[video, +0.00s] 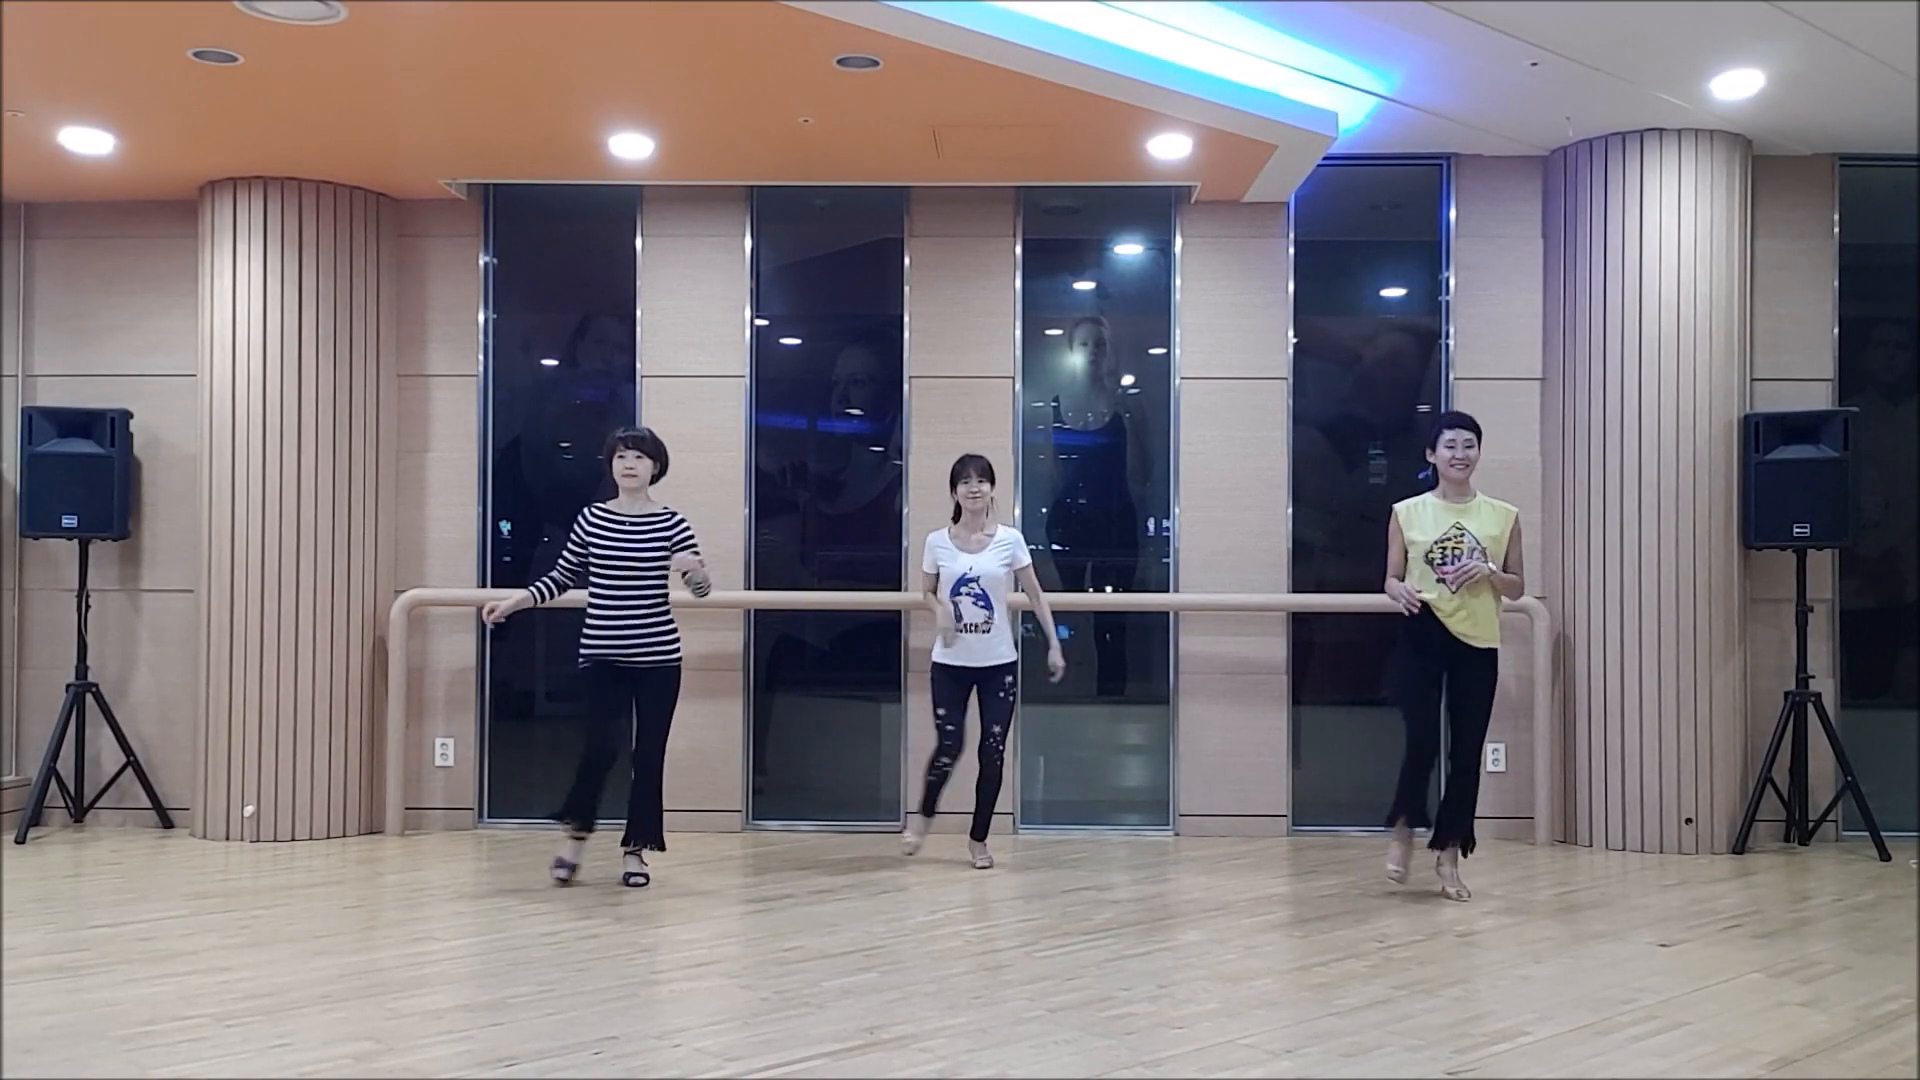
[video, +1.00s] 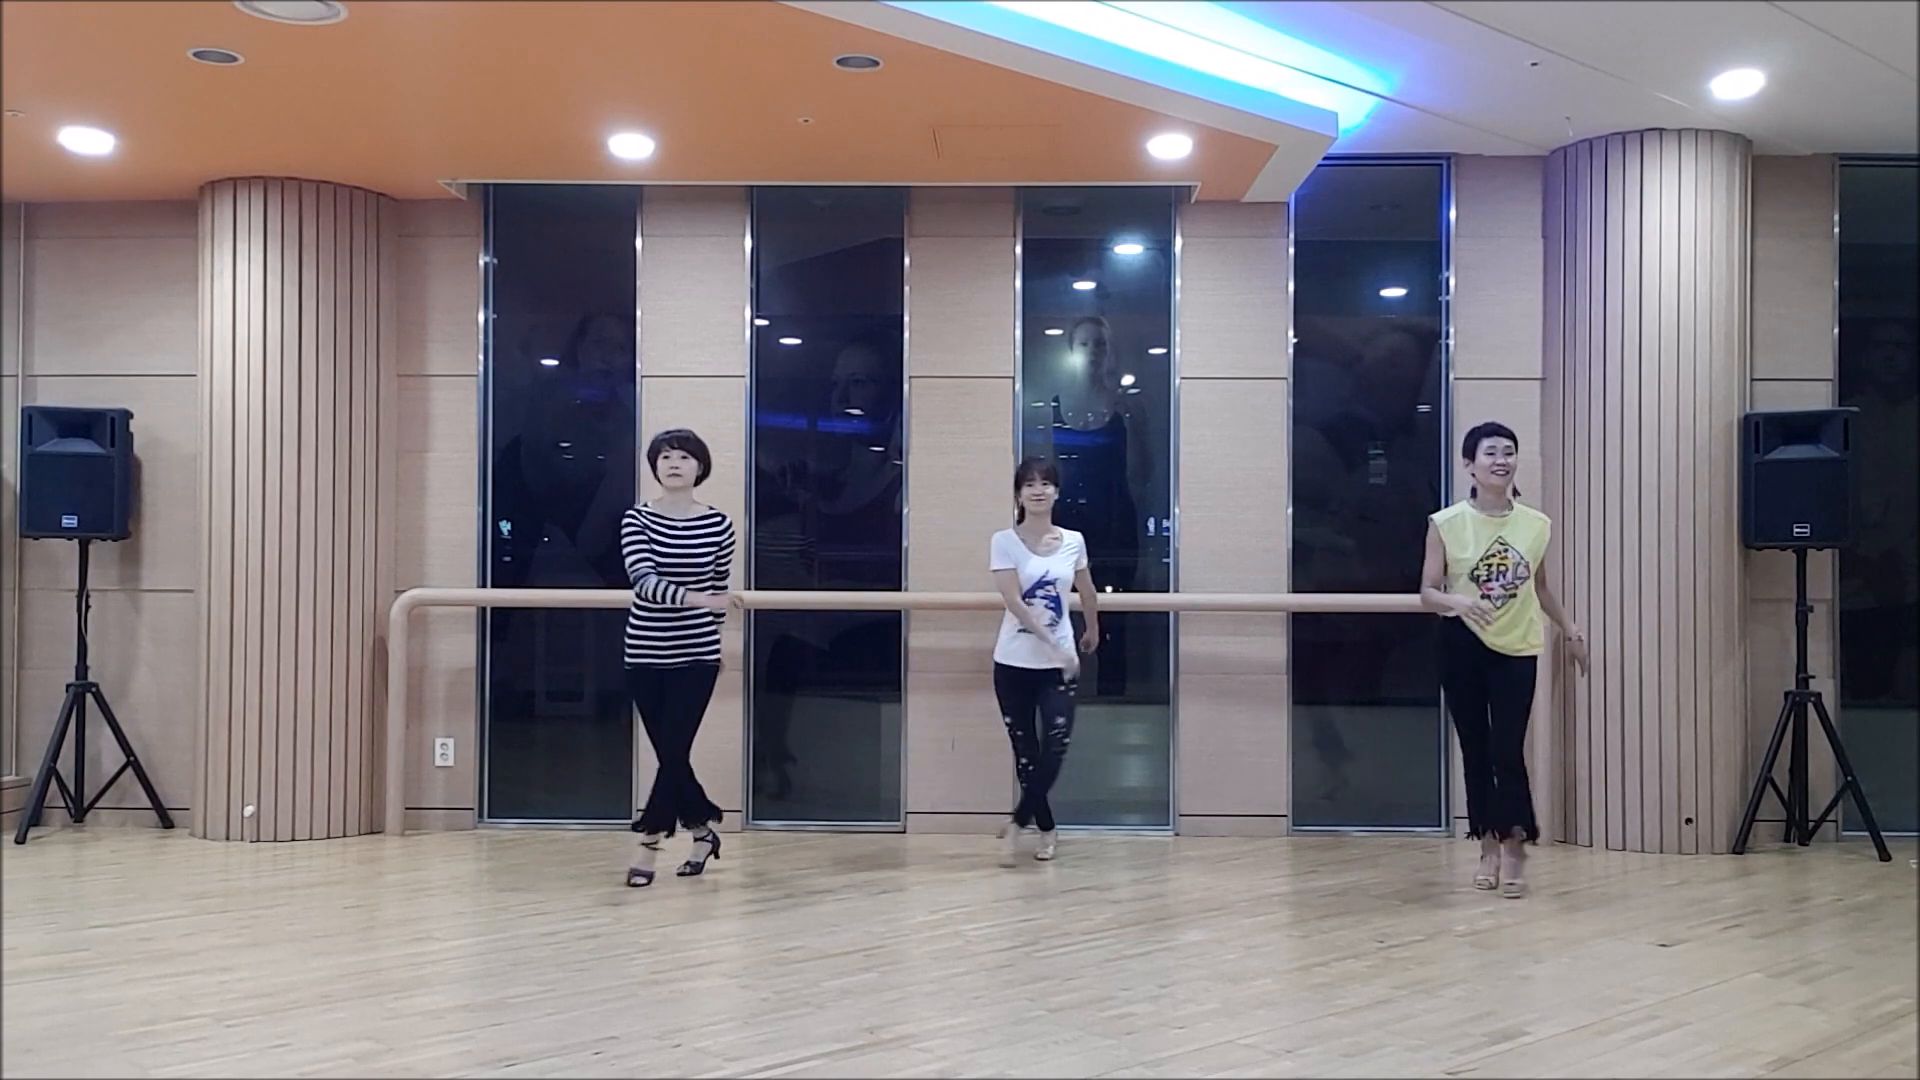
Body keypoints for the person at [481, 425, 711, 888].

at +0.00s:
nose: (629, 463)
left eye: (639, 457)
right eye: (621, 456)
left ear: (656, 467)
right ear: (611, 465)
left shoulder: (671, 522)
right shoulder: (592, 517)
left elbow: (701, 591)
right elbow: (562, 577)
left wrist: (696, 571)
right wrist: (515, 601)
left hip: (657, 653)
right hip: (602, 652)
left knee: (649, 756)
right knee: (601, 747)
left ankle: (635, 851)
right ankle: (574, 840)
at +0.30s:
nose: (630, 459)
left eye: (640, 453)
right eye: (623, 452)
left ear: (656, 465)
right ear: (611, 462)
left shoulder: (674, 515)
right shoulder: (596, 515)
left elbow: (679, 578)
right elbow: (575, 581)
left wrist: (635, 547)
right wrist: (524, 608)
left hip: (650, 652)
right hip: (594, 647)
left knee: (641, 752)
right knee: (572, 743)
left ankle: (633, 851)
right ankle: (537, 847)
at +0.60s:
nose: (642, 465)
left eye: (652, 459)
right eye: (635, 459)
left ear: (669, 469)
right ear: (624, 469)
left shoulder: (685, 518)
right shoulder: (609, 519)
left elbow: (678, 553)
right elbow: (582, 579)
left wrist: (649, 546)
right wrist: (528, 599)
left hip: (653, 659)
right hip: (596, 651)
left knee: (639, 757)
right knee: (561, 747)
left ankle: (630, 854)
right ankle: (527, 851)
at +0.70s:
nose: (652, 466)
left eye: (662, 461)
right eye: (644, 460)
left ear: (677, 473)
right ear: (632, 469)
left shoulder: (690, 525)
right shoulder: (612, 521)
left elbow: (693, 571)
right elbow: (583, 577)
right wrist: (541, 599)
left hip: (665, 656)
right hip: (610, 650)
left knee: (651, 759)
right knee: (581, 743)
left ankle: (630, 853)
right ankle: (549, 840)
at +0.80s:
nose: (657, 466)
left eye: (667, 461)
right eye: (650, 459)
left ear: (682, 472)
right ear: (638, 468)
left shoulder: (696, 526)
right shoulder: (615, 520)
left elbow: (706, 587)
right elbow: (585, 574)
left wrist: (715, 640)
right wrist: (593, 589)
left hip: (677, 658)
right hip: (620, 655)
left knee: (658, 756)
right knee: (605, 745)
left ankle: (631, 848)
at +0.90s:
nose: (665, 463)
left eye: (675, 457)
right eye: (657, 457)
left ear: (691, 468)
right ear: (644, 466)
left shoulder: (707, 525)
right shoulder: (626, 517)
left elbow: (715, 593)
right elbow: (616, 576)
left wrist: (723, 656)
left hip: (685, 655)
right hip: (630, 653)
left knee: (661, 755)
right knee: (642, 754)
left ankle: (633, 847)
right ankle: (688, 825)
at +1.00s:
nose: (674, 464)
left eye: (684, 457)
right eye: (665, 458)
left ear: (700, 467)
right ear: (654, 468)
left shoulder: (719, 523)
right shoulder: (636, 519)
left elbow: (721, 592)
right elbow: (644, 582)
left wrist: (715, 643)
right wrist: (700, 599)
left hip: (697, 652)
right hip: (644, 651)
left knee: (674, 750)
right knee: (669, 750)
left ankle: (647, 845)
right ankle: (705, 831)